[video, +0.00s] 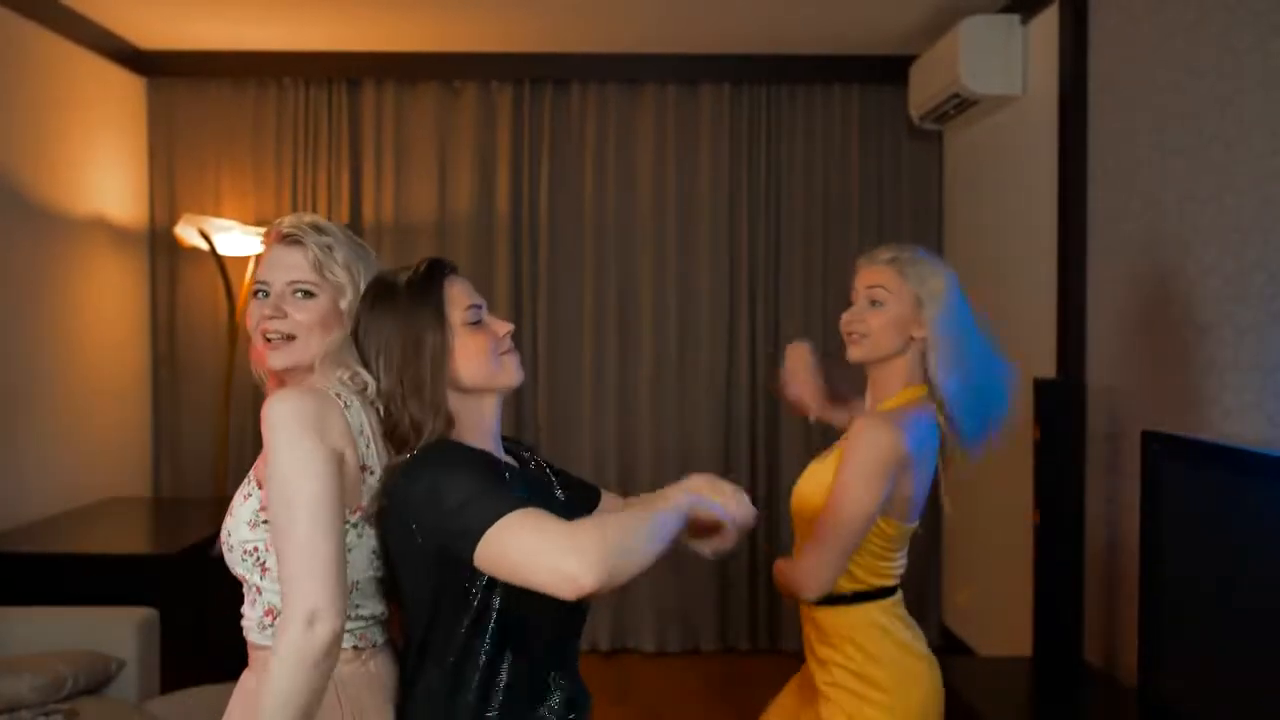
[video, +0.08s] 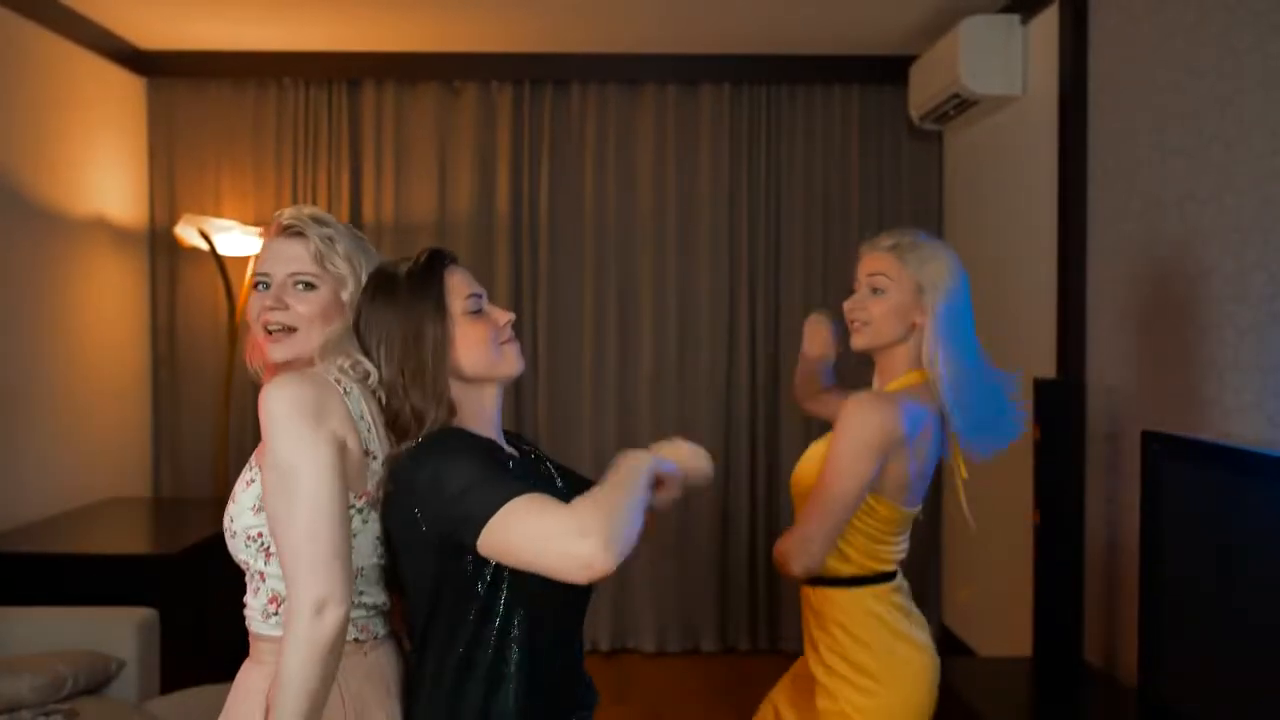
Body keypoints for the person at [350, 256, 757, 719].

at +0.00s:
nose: (505, 326)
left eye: (490, 313)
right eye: (475, 319)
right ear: (423, 354)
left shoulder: (517, 464)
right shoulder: (432, 479)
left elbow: (620, 511)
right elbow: (574, 565)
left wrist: (685, 515)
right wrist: (680, 498)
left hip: (552, 704)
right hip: (470, 708)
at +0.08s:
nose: (505, 315)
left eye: (490, 302)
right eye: (475, 308)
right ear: (423, 343)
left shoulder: (517, 455)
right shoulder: (436, 468)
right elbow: (586, 550)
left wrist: (642, 493)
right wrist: (636, 463)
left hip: (559, 701)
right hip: (478, 706)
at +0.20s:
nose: (509, 302)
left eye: (494, 290)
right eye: (479, 293)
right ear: (427, 327)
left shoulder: (504, 440)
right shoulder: (439, 450)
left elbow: (637, 516)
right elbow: (603, 533)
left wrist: (618, 437)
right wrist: (582, 426)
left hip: (550, 699)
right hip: (488, 704)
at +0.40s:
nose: (516, 311)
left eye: (501, 296)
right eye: (487, 301)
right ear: (433, 333)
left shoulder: (498, 446)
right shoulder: (433, 457)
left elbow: (633, 515)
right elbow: (601, 529)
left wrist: (614, 456)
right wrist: (612, 436)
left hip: (552, 698)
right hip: (496, 703)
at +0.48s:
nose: (518, 318)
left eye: (505, 305)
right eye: (489, 310)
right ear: (436, 340)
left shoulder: (514, 459)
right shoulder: (436, 470)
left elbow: (582, 525)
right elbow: (595, 538)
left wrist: (654, 472)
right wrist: (661, 455)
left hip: (555, 702)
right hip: (492, 706)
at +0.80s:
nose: (528, 332)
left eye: (513, 319)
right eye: (497, 326)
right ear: (446, 361)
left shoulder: (537, 466)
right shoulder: (465, 489)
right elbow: (610, 590)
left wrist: (651, 487)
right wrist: (627, 481)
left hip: (554, 704)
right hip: (490, 707)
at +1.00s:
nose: (528, 313)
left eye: (514, 300)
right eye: (497, 307)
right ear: (446, 342)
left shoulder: (542, 446)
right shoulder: (454, 468)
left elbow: (643, 495)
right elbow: (594, 553)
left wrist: (632, 440)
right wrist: (670, 452)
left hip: (566, 703)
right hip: (486, 707)